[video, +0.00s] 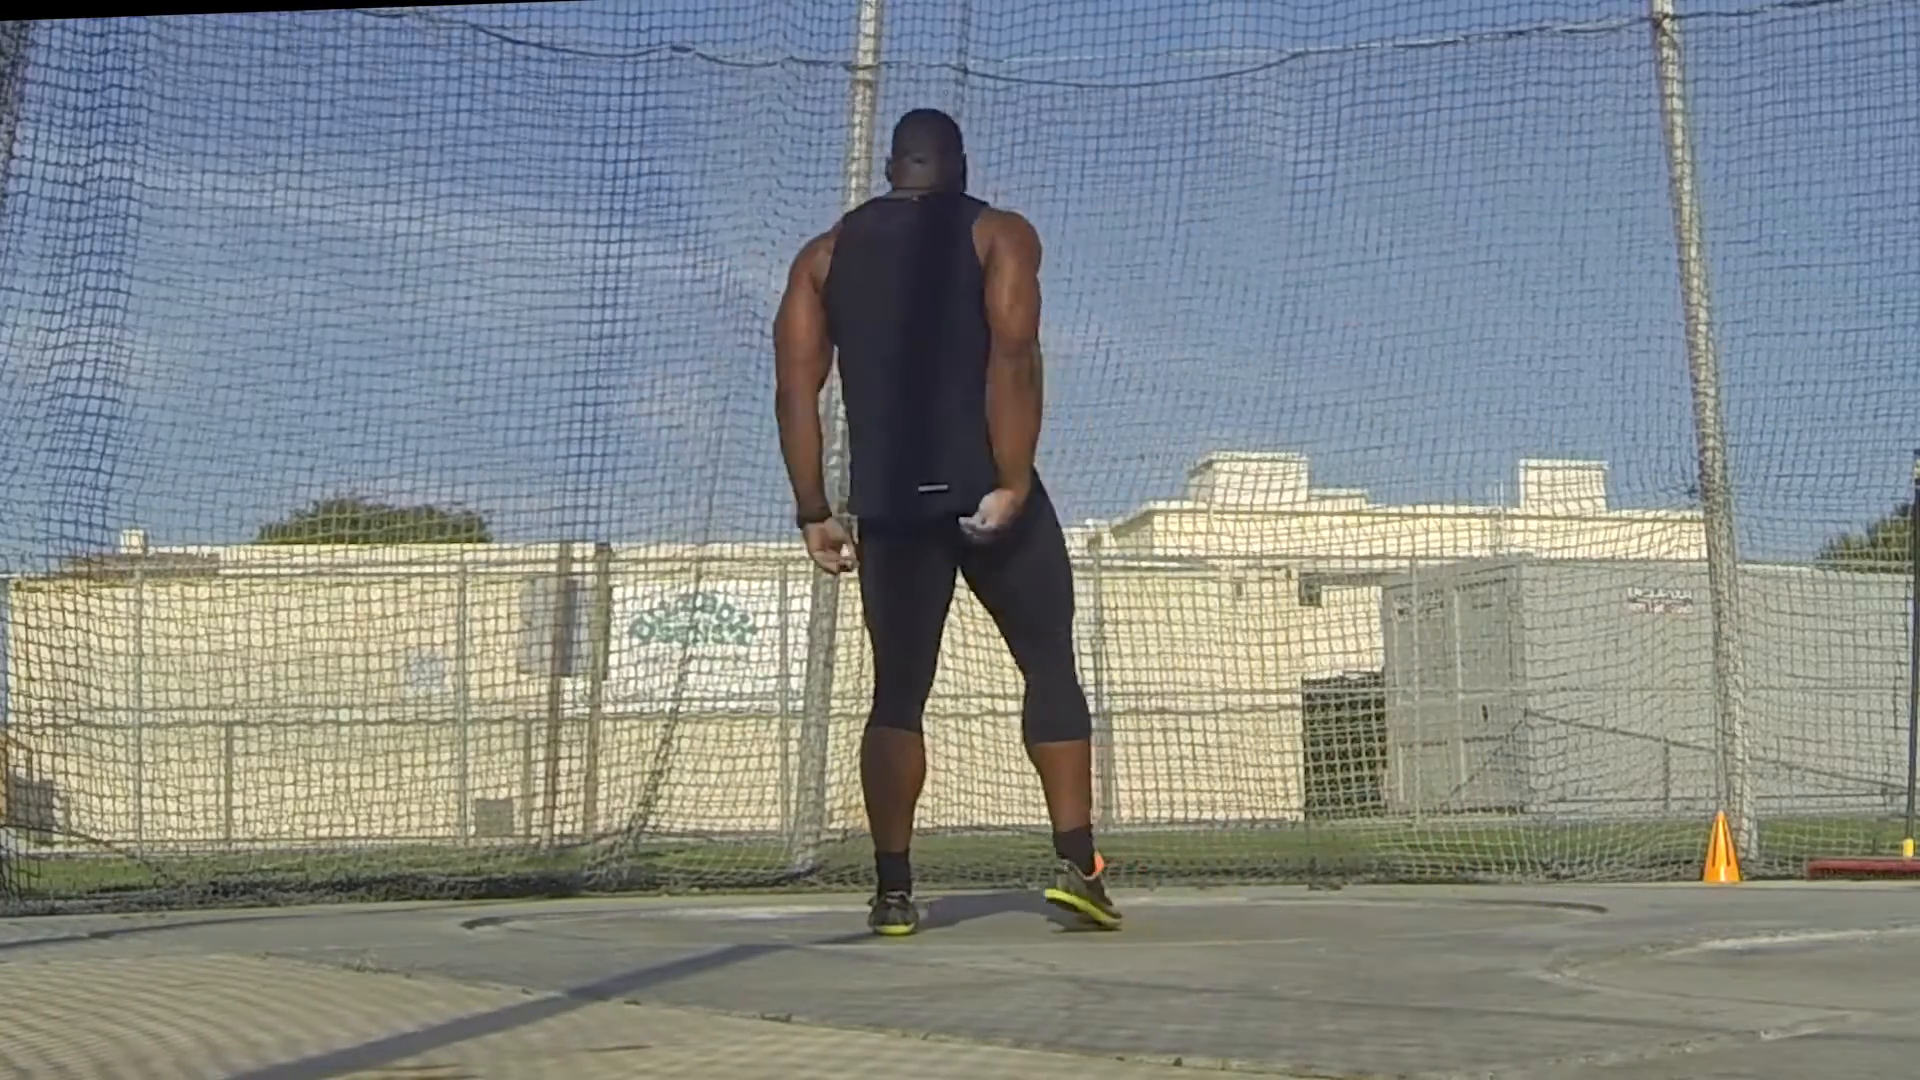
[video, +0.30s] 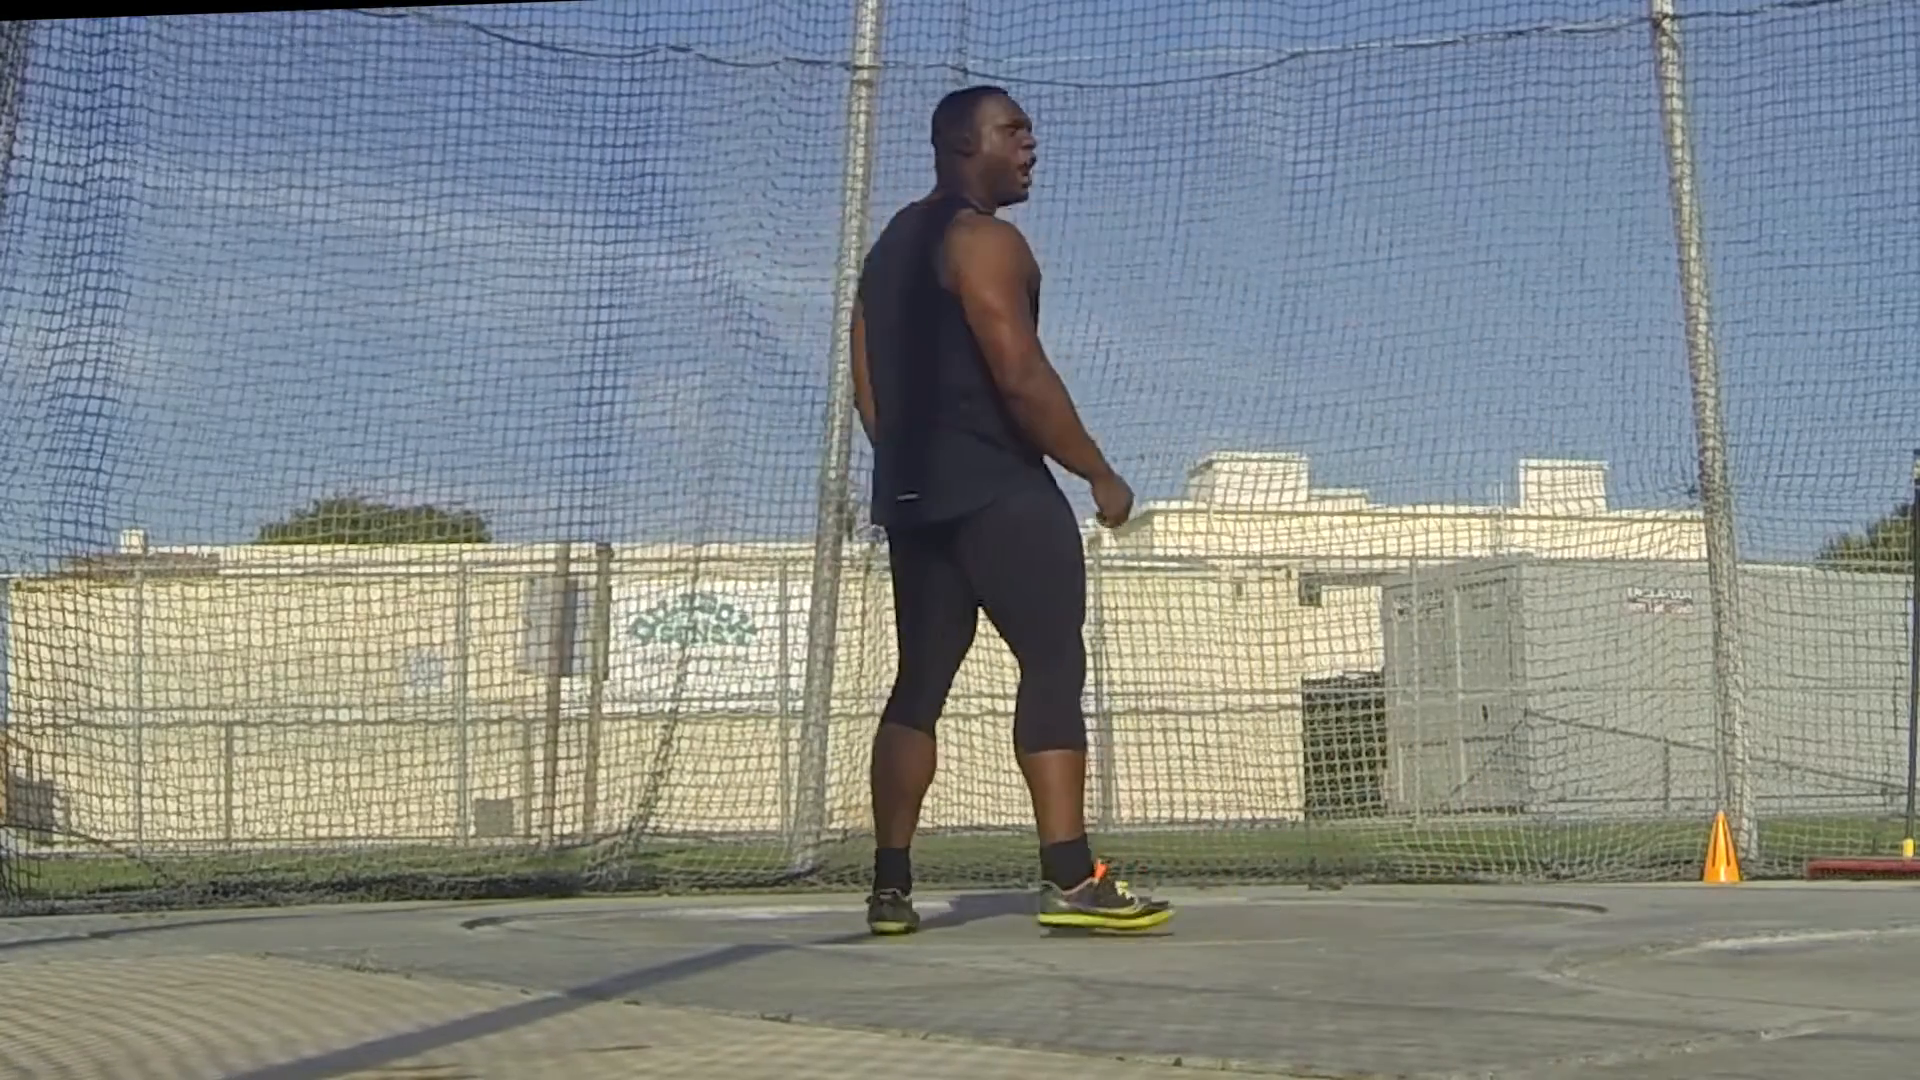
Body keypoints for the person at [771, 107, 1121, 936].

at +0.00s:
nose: (924, 172)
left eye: (911, 159)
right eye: (943, 159)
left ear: (888, 168)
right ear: (962, 169)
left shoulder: (824, 251)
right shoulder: (999, 232)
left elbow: (798, 384)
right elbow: (1013, 348)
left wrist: (811, 505)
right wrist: (1012, 477)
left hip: (890, 504)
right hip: (992, 495)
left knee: (896, 691)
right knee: (1049, 668)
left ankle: (893, 889)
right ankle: (1078, 864)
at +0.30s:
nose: (1031, 146)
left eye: (1027, 132)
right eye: (1013, 134)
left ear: (953, 159)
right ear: (964, 151)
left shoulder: (888, 246)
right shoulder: (987, 239)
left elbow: (870, 392)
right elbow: (1021, 377)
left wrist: (919, 468)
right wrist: (1100, 472)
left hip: (914, 502)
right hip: (1001, 492)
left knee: (918, 683)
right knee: (1052, 663)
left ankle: (891, 886)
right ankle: (1073, 879)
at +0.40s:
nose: (1051, 138)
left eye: (1050, 125)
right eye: (1034, 125)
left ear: (983, 151)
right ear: (983, 142)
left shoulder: (942, 237)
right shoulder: (987, 238)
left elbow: (945, 387)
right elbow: (1008, 380)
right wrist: (1098, 463)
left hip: (945, 497)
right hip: (1012, 493)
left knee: (928, 677)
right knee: (1051, 673)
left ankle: (875, 875)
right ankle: (1093, 881)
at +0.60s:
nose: (1100, 120)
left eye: (1102, 107)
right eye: (1080, 105)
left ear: (1088, 126)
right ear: (1029, 122)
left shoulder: (1073, 231)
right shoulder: (1009, 219)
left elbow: (1087, 374)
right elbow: (994, 361)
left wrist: (1144, 466)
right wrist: (1072, 475)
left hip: (1084, 483)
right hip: (1041, 482)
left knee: (1047, 662)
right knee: (1067, 666)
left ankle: (931, 833)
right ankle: (1099, 886)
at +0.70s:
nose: (1119, 110)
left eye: (1122, 98)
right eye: (1099, 96)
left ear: (1122, 117)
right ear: (1051, 113)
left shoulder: (1113, 229)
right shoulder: (1024, 205)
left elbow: (1125, 362)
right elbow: (997, 340)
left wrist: (1188, 458)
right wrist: (1056, 460)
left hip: (1128, 478)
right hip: (1073, 478)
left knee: (1139, 651)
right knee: (1085, 661)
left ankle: (1004, 819)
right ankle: (1097, 884)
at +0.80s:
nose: (1138, 101)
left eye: (1142, 91)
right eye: (1118, 89)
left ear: (1145, 113)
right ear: (1070, 109)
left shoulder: (1148, 226)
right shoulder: (1035, 199)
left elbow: (1158, 356)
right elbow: (1002, 327)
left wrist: (1223, 450)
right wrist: (1048, 444)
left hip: (1166, 477)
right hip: (1092, 477)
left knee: (1209, 644)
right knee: (1098, 663)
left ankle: (1099, 813)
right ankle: (1100, 883)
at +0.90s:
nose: (1158, 97)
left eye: (1162, 87)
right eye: (1138, 84)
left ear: (1165, 110)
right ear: (1089, 104)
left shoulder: (1177, 221)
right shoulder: (1051, 195)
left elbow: (1195, 350)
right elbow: (1011, 321)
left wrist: (1258, 445)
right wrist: (1052, 437)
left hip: (1194, 478)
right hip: (1110, 476)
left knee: (1256, 637)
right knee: (1105, 668)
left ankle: (1202, 851)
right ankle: (1099, 886)